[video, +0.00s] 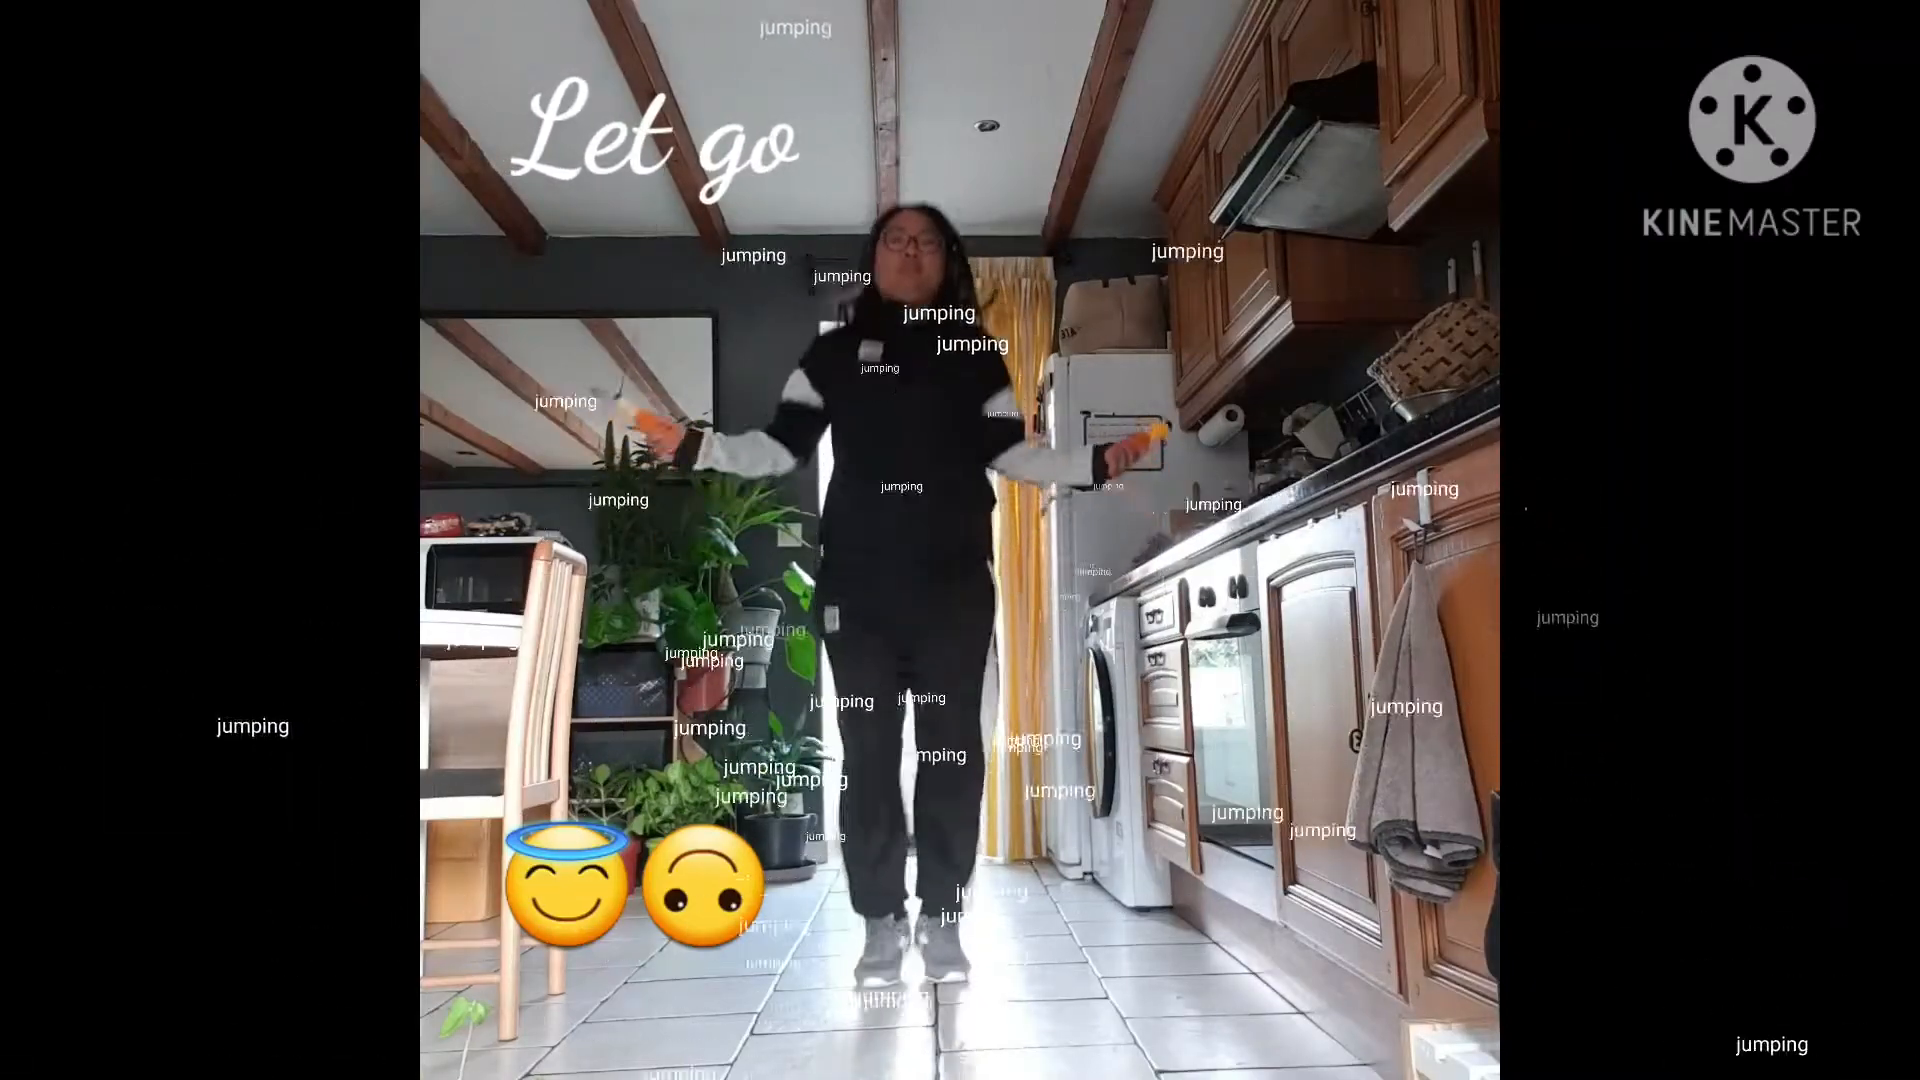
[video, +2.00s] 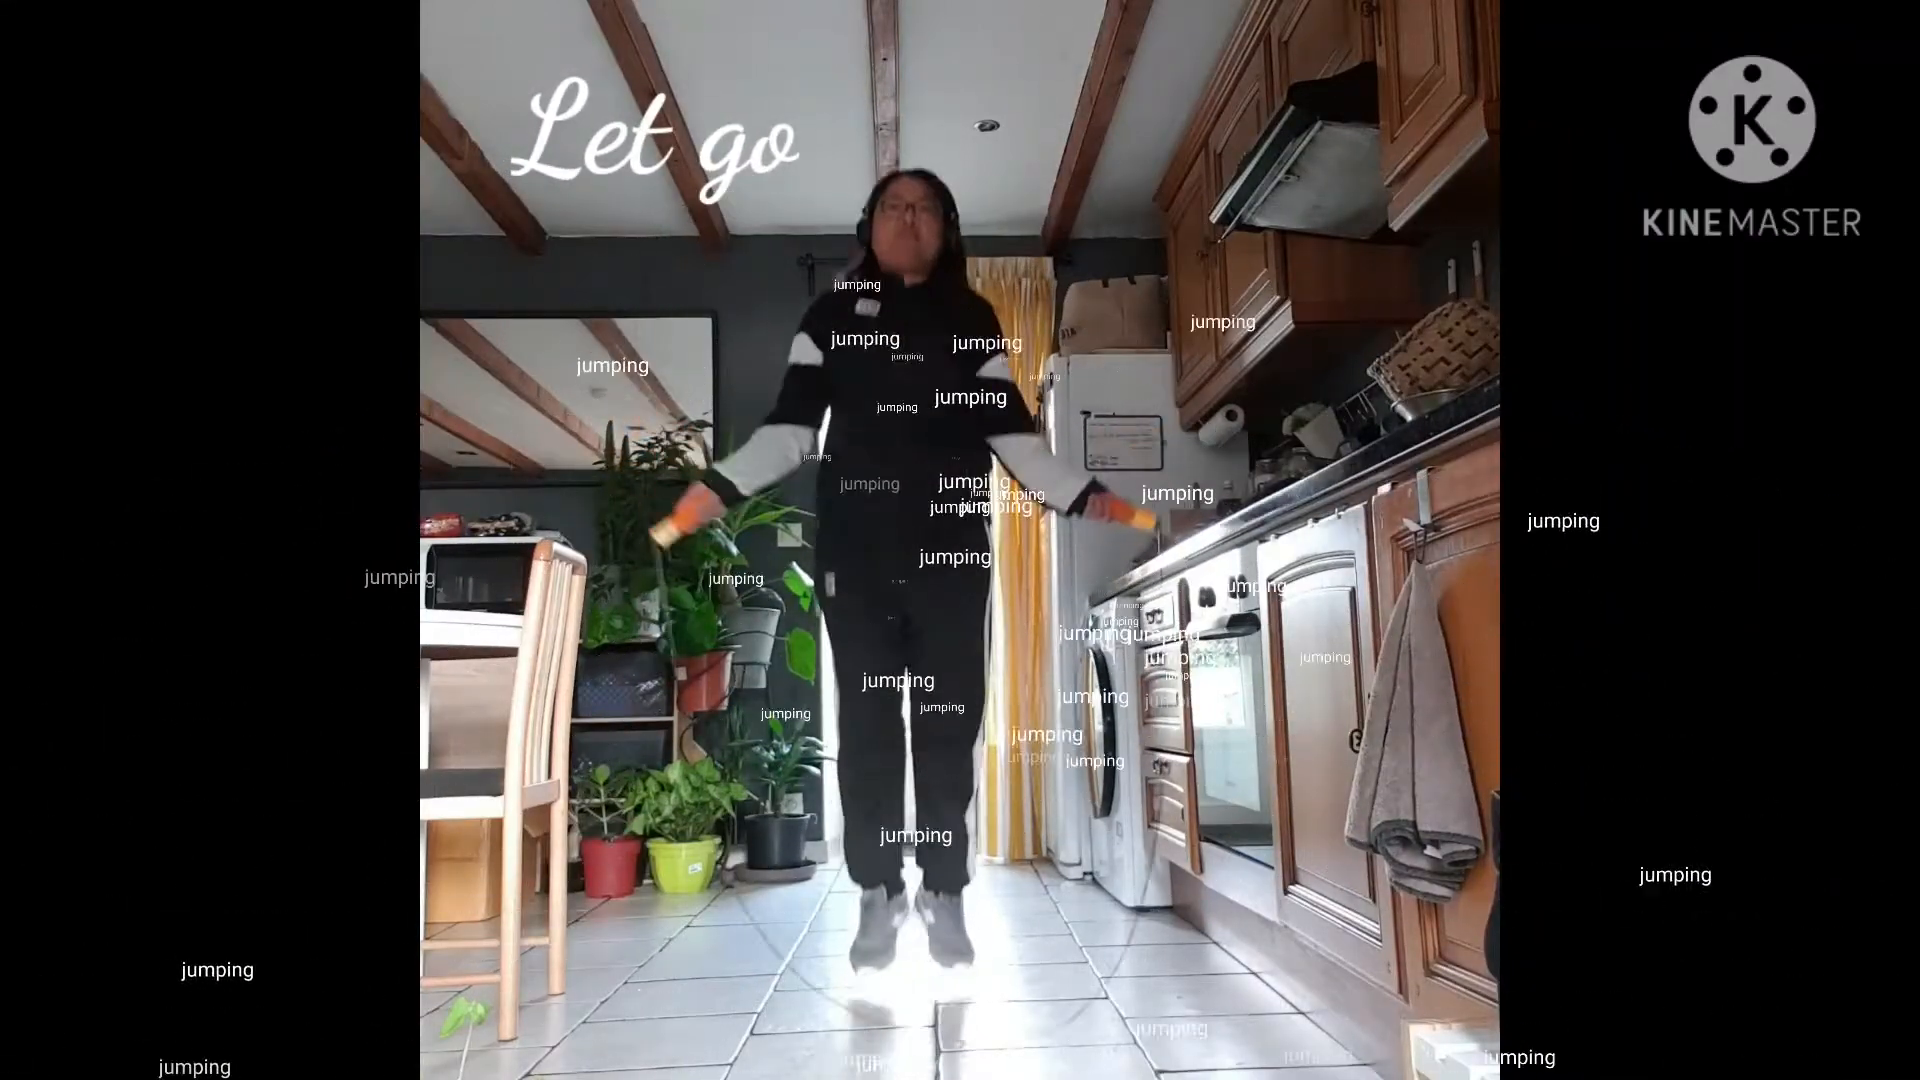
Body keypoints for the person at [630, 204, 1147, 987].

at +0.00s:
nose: (908, 249)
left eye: (925, 240)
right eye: (894, 240)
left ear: (950, 266)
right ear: (870, 263)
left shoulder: (973, 350)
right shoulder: (835, 350)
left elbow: (1009, 454)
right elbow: (780, 447)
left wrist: (1099, 463)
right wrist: (694, 444)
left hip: (954, 575)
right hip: (861, 573)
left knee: (952, 748)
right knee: (869, 753)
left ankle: (942, 915)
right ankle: (880, 923)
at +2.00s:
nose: (909, 220)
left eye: (925, 208)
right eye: (893, 208)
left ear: (948, 232)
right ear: (869, 231)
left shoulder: (971, 319)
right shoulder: (834, 316)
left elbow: (1011, 432)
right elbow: (792, 428)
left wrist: (1079, 494)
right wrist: (718, 488)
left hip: (951, 554)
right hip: (857, 554)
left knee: (949, 725)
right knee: (868, 725)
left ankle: (945, 891)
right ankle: (877, 893)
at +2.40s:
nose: (903, 225)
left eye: (920, 215)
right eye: (889, 214)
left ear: (942, 241)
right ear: (867, 236)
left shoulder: (967, 329)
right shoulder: (828, 327)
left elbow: (1009, 445)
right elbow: (791, 439)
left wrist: (1076, 508)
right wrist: (729, 497)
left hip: (947, 568)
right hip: (854, 567)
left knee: (948, 746)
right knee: (864, 748)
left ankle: (944, 907)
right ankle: (875, 914)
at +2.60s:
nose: (901, 236)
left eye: (916, 226)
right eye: (885, 225)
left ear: (941, 250)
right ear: (861, 247)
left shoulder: (963, 336)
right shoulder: (827, 333)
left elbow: (998, 439)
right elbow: (780, 437)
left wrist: (1084, 462)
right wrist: (693, 443)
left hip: (945, 565)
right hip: (851, 563)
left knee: (945, 739)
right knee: (862, 741)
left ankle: (939, 911)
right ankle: (872, 911)